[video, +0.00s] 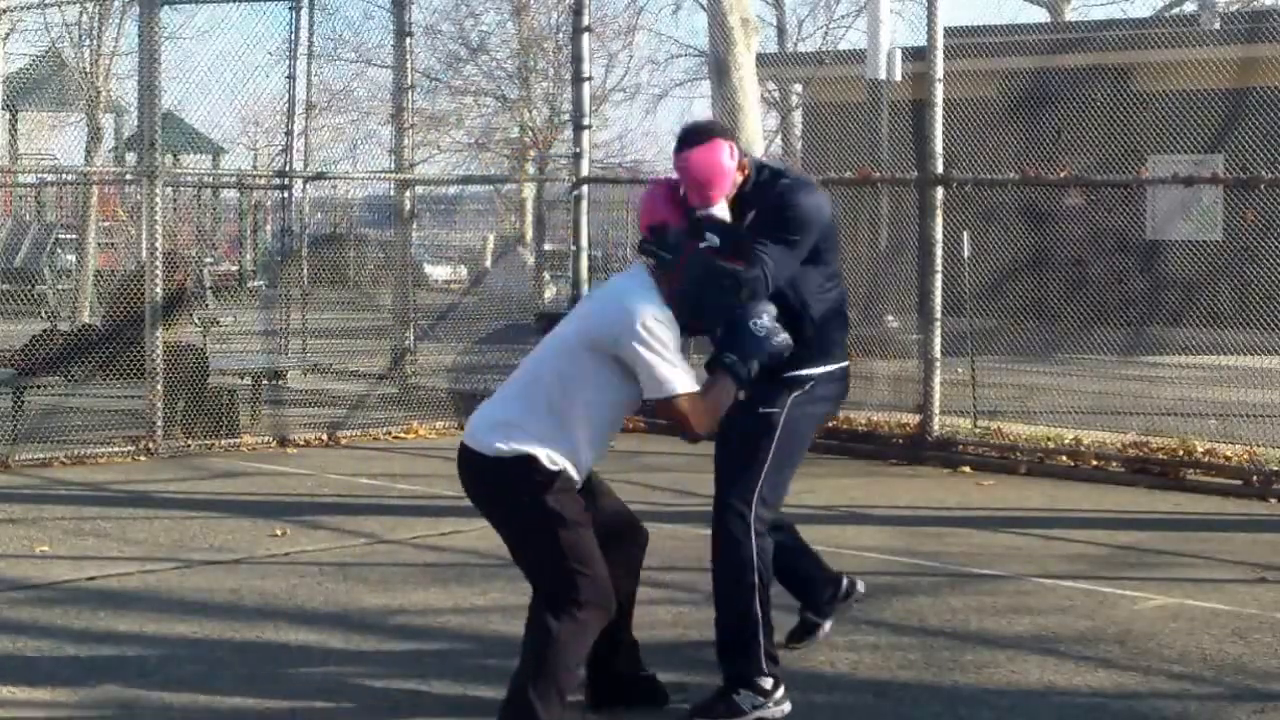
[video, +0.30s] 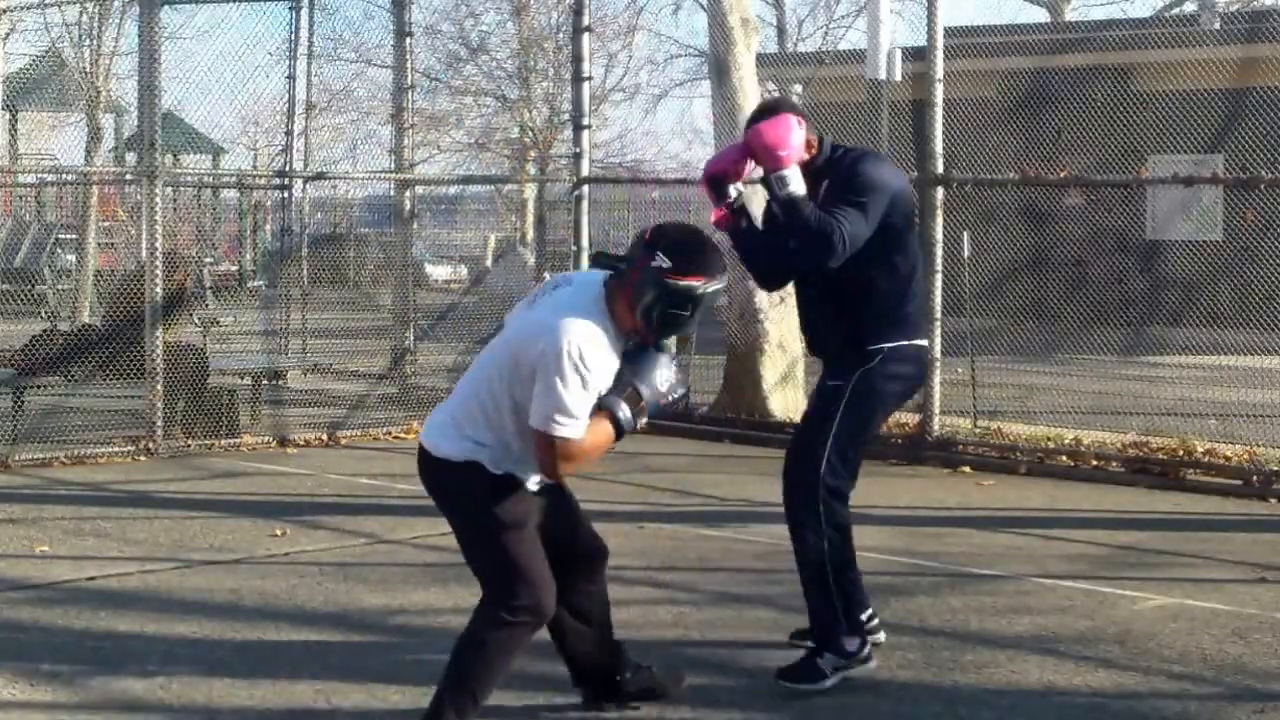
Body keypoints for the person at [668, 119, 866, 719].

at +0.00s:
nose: (711, 209)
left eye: (715, 196)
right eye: (701, 201)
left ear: (738, 167)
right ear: (685, 183)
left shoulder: (798, 202)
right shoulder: (728, 198)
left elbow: (755, 283)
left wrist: (706, 239)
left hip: (806, 375)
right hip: (755, 374)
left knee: (742, 515)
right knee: (742, 504)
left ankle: (756, 683)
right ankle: (823, 589)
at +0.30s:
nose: (775, 172)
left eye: (778, 161)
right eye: (766, 167)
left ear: (806, 144)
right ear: (787, 158)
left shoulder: (870, 177)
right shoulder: (806, 191)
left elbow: (829, 247)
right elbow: (771, 273)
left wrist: (786, 182)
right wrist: (735, 212)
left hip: (881, 358)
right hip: (848, 359)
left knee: (812, 486)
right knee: (809, 481)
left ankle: (840, 642)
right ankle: (850, 615)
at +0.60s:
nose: (845, 167)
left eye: (851, 155)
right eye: (838, 157)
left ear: (882, 140)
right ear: (838, 150)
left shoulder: (939, 182)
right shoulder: (866, 185)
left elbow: (947, 276)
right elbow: (850, 284)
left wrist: (867, 238)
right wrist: (817, 241)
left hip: (941, 360)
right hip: (914, 359)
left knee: (859, 481)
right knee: (921, 491)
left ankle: (879, 640)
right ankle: (988, 620)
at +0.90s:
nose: (859, 174)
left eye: (867, 161)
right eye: (854, 164)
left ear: (897, 145)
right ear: (867, 157)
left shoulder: (952, 178)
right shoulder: (887, 185)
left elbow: (916, 265)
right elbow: (835, 260)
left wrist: (869, 200)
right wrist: (807, 207)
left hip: (961, 365)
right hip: (927, 366)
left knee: (898, 510)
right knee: (949, 497)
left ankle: (896, 676)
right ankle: (987, 619)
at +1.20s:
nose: (861, 175)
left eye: (863, 164)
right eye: (859, 167)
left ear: (894, 153)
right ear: (896, 151)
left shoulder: (972, 179)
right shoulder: (910, 185)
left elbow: (927, 253)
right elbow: (857, 262)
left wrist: (891, 183)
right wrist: (823, 205)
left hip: (985, 371)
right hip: (959, 372)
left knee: (906, 507)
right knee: (975, 505)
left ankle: (894, 675)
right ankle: (1067, 638)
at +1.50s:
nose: (898, 182)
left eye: (895, 172)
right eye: (893, 173)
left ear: (916, 157)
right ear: (926, 151)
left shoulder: (983, 179)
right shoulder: (947, 196)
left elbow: (958, 270)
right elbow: (897, 284)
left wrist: (888, 215)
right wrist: (860, 231)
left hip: (1010, 374)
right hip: (1005, 373)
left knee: (920, 503)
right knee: (993, 509)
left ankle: (904, 674)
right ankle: (1060, 641)